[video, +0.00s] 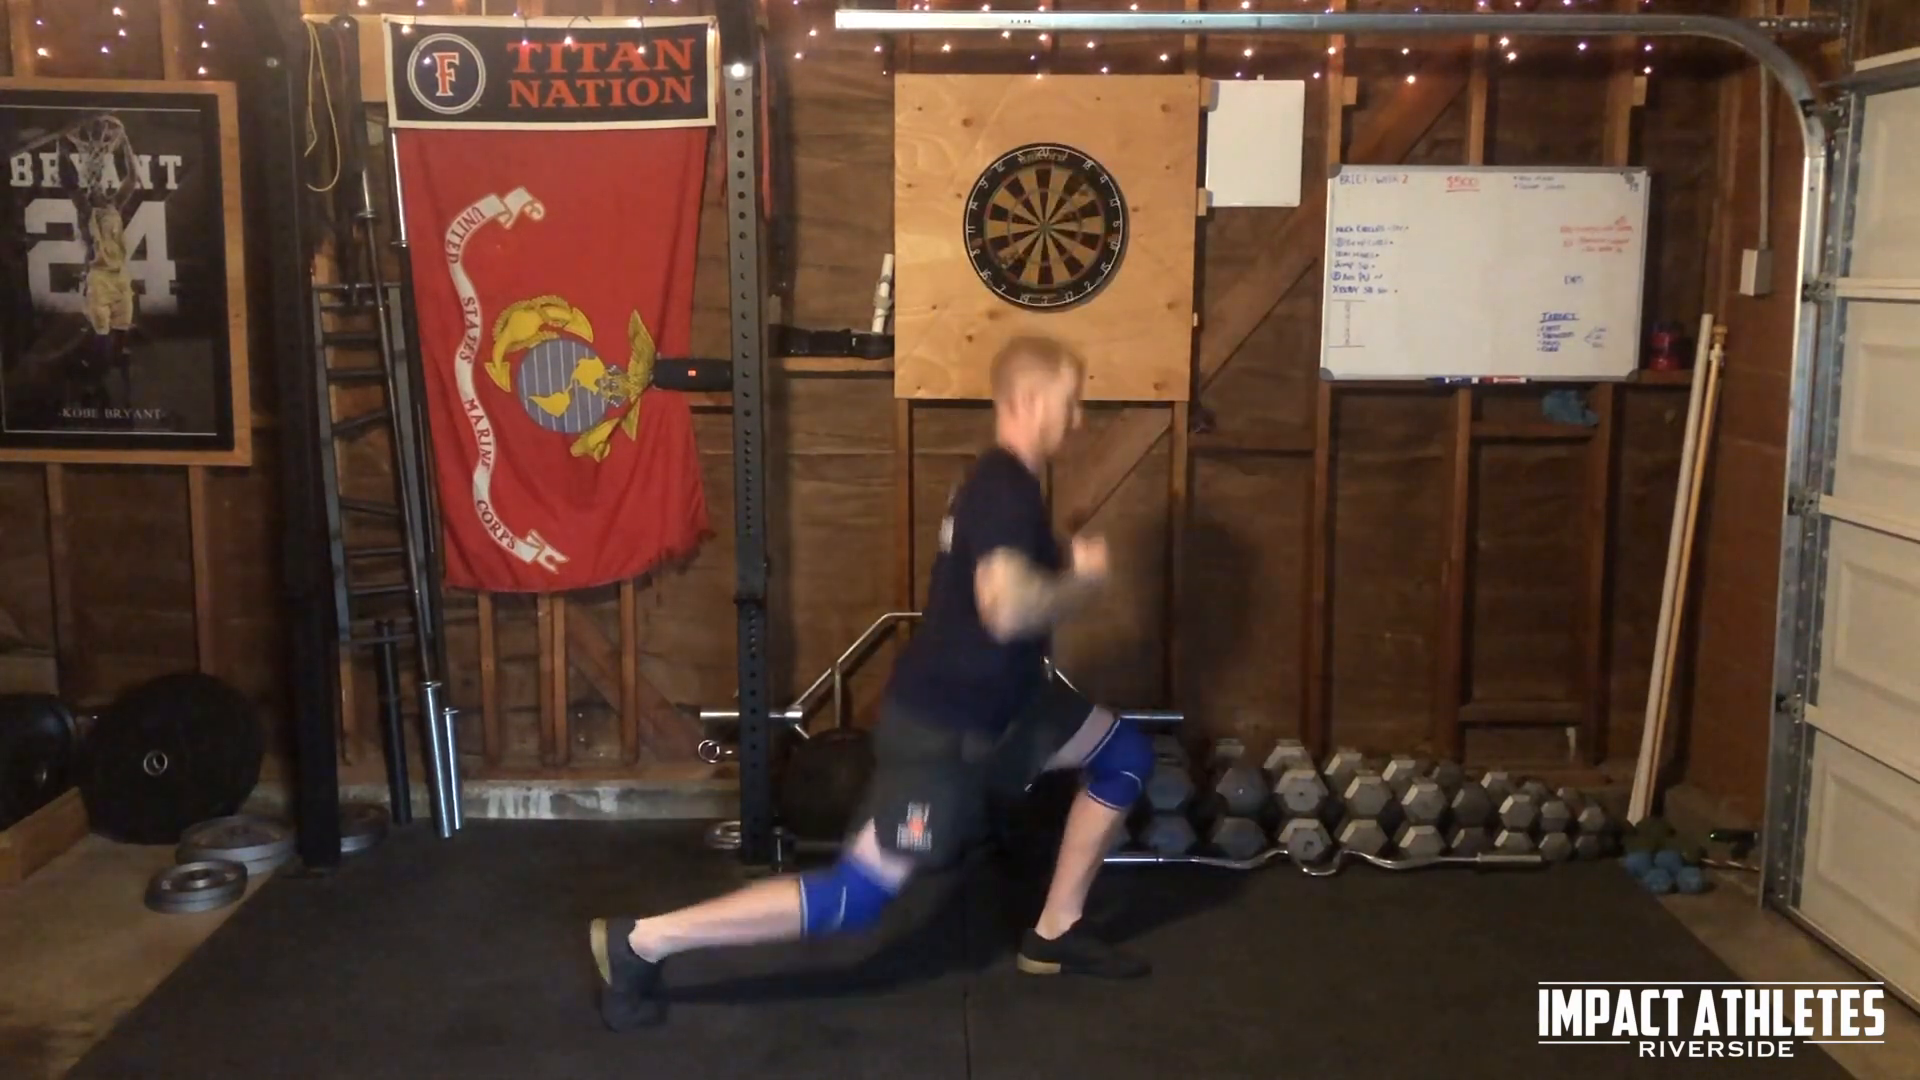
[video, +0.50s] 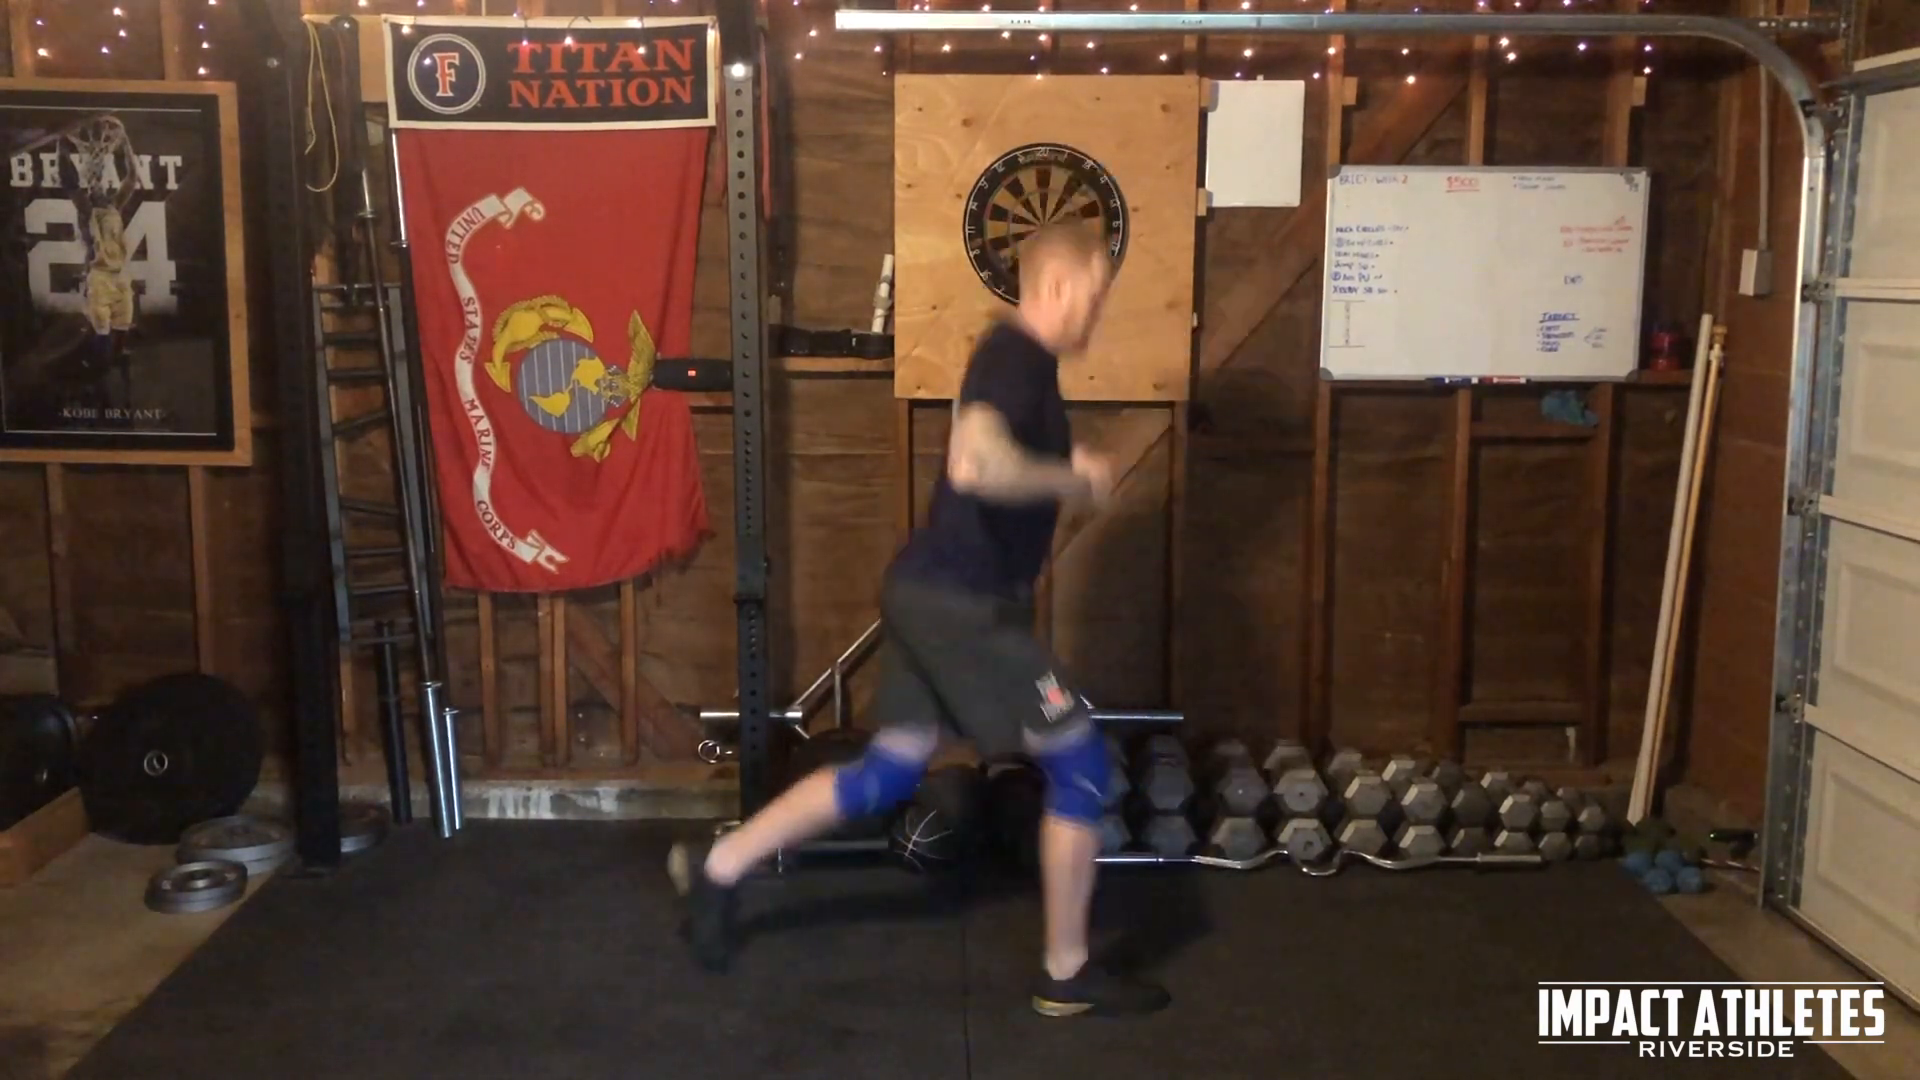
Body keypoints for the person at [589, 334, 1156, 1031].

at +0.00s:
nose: (1078, 418)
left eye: (1078, 402)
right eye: (1070, 401)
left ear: (1023, 404)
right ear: (1025, 404)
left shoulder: (1014, 481)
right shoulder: (1004, 488)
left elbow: (987, 572)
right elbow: (1005, 604)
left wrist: (1064, 560)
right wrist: (1083, 580)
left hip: (1008, 698)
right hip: (943, 716)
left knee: (1124, 757)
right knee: (856, 896)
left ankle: (1055, 932)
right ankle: (640, 941)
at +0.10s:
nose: (1082, 326)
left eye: (1085, 308)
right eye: (1075, 308)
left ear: (1046, 305)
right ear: (1034, 303)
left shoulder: (1024, 388)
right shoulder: (1011, 386)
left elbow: (1034, 502)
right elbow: (1023, 505)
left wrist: (1077, 482)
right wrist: (1084, 481)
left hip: (1008, 631)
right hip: (946, 630)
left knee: (1089, 742)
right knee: (874, 801)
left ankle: (1057, 927)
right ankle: (685, 925)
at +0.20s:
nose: (1099, 250)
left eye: (1101, 233)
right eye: (1094, 231)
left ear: (1033, 226)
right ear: (1052, 226)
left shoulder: (1026, 304)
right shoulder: (1017, 301)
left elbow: (997, 397)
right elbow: (1007, 415)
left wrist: (1066, 413)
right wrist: (1088, 420)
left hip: (989, 550)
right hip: (946, 545)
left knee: (1024, 717)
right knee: (920, 740)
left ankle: (1009, 900)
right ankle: (768, 897)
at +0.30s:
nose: (1102, 226)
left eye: (1106, 210)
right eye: (1099, 207)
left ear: (1041, 195)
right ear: (1055, 195)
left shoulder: (1014, 265)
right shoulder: (1021, 266)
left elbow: (991, 372)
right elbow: (987, 377)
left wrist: (1058, 375)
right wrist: (1076, 391)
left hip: (962, 514)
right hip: (955, 519)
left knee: (961, 698)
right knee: (978, 709)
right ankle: (881, 903)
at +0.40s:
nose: (1101, 244)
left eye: (1106, 227)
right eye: (1098, 224)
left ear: (1043, 214)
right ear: (1056, 214)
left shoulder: (1029, 289)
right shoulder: (1014, 289)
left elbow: (990, 391)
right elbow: (972, 394)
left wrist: (1062, 402)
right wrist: (1071, 414)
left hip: (960, 533)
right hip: (951, 538)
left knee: (932, 720)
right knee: (1037, 717)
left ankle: (777, 834)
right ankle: (993, 927)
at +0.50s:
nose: (1101, 308)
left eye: (1104, 292)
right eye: (1096, 290)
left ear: (1044, 283)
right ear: (1055, 283)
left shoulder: (1024, 359)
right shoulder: (1013, 356)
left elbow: (995, 465)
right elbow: (974, 462)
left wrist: (1072, 470)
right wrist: (1073, 476)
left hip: (933, 594)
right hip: (957, 602)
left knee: (887, 770)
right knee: (1079, 760)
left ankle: (717, 865)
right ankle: (1068, 971)